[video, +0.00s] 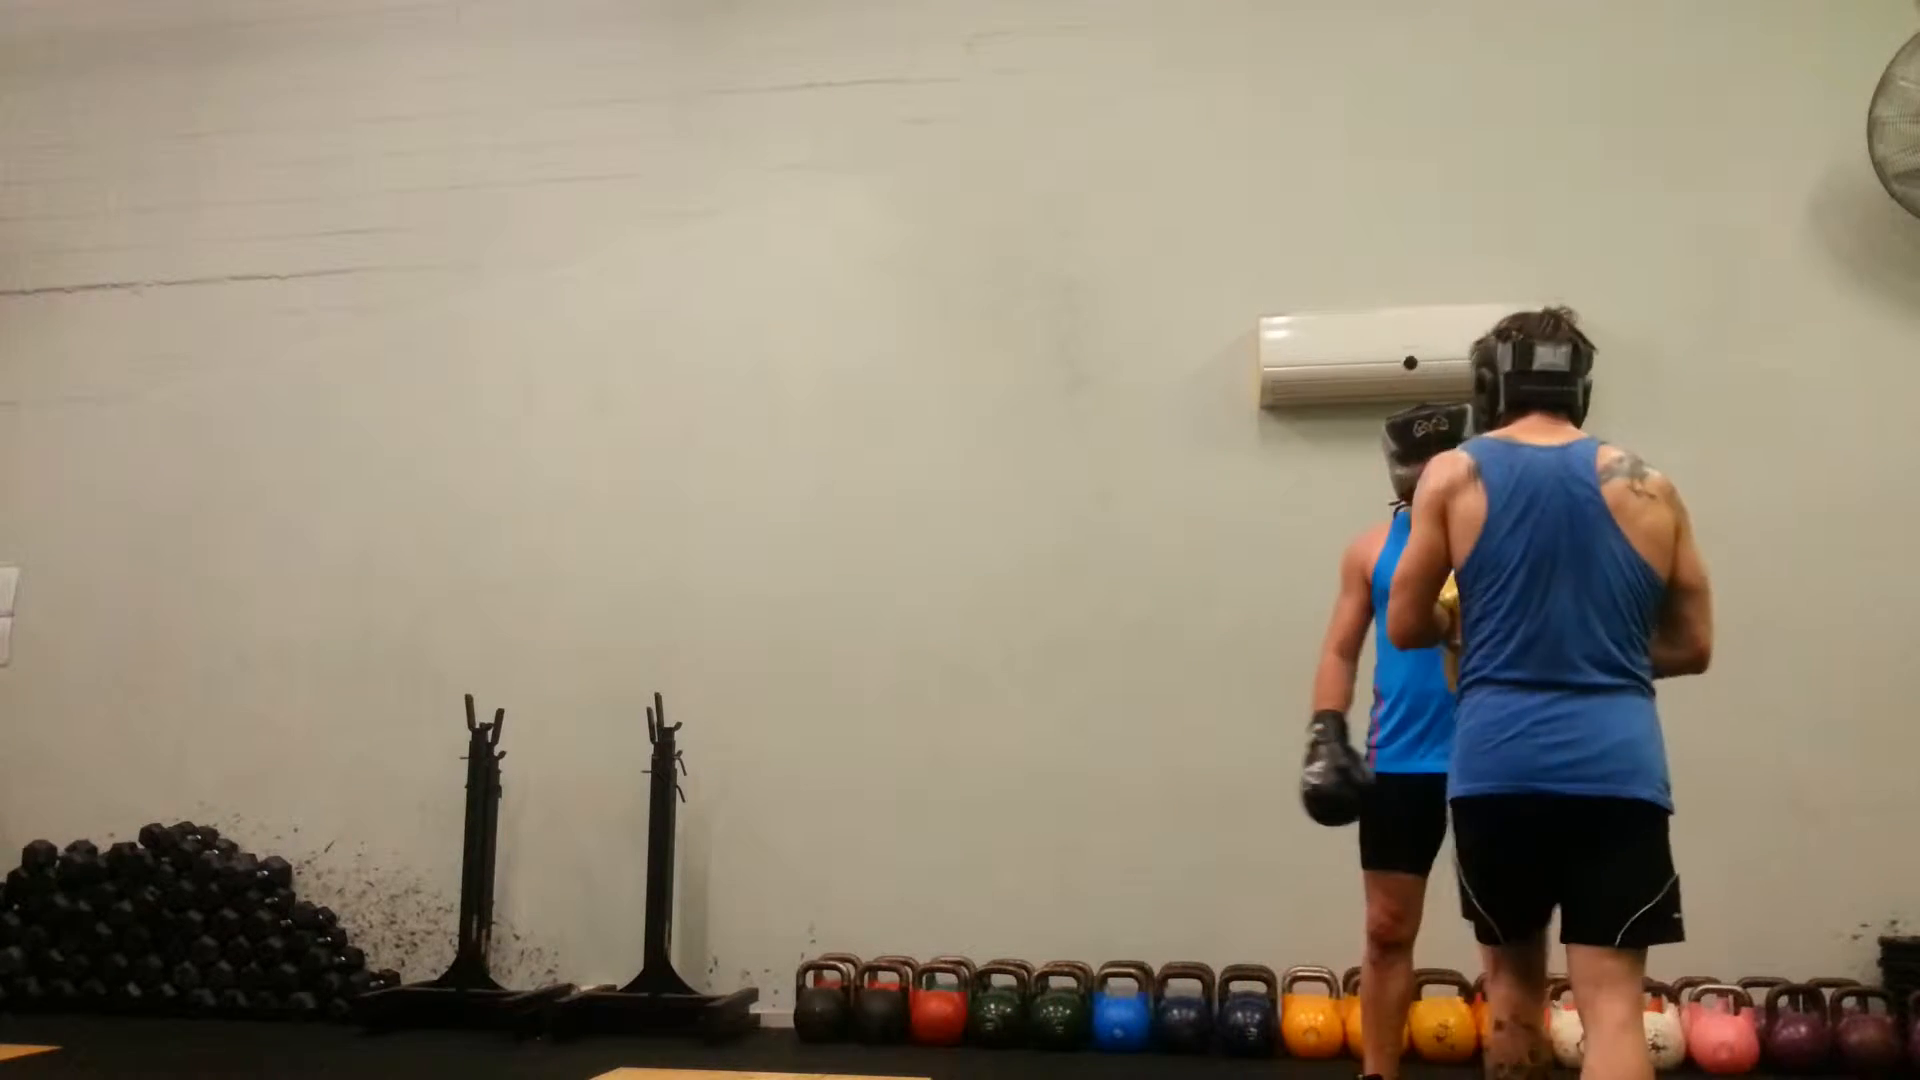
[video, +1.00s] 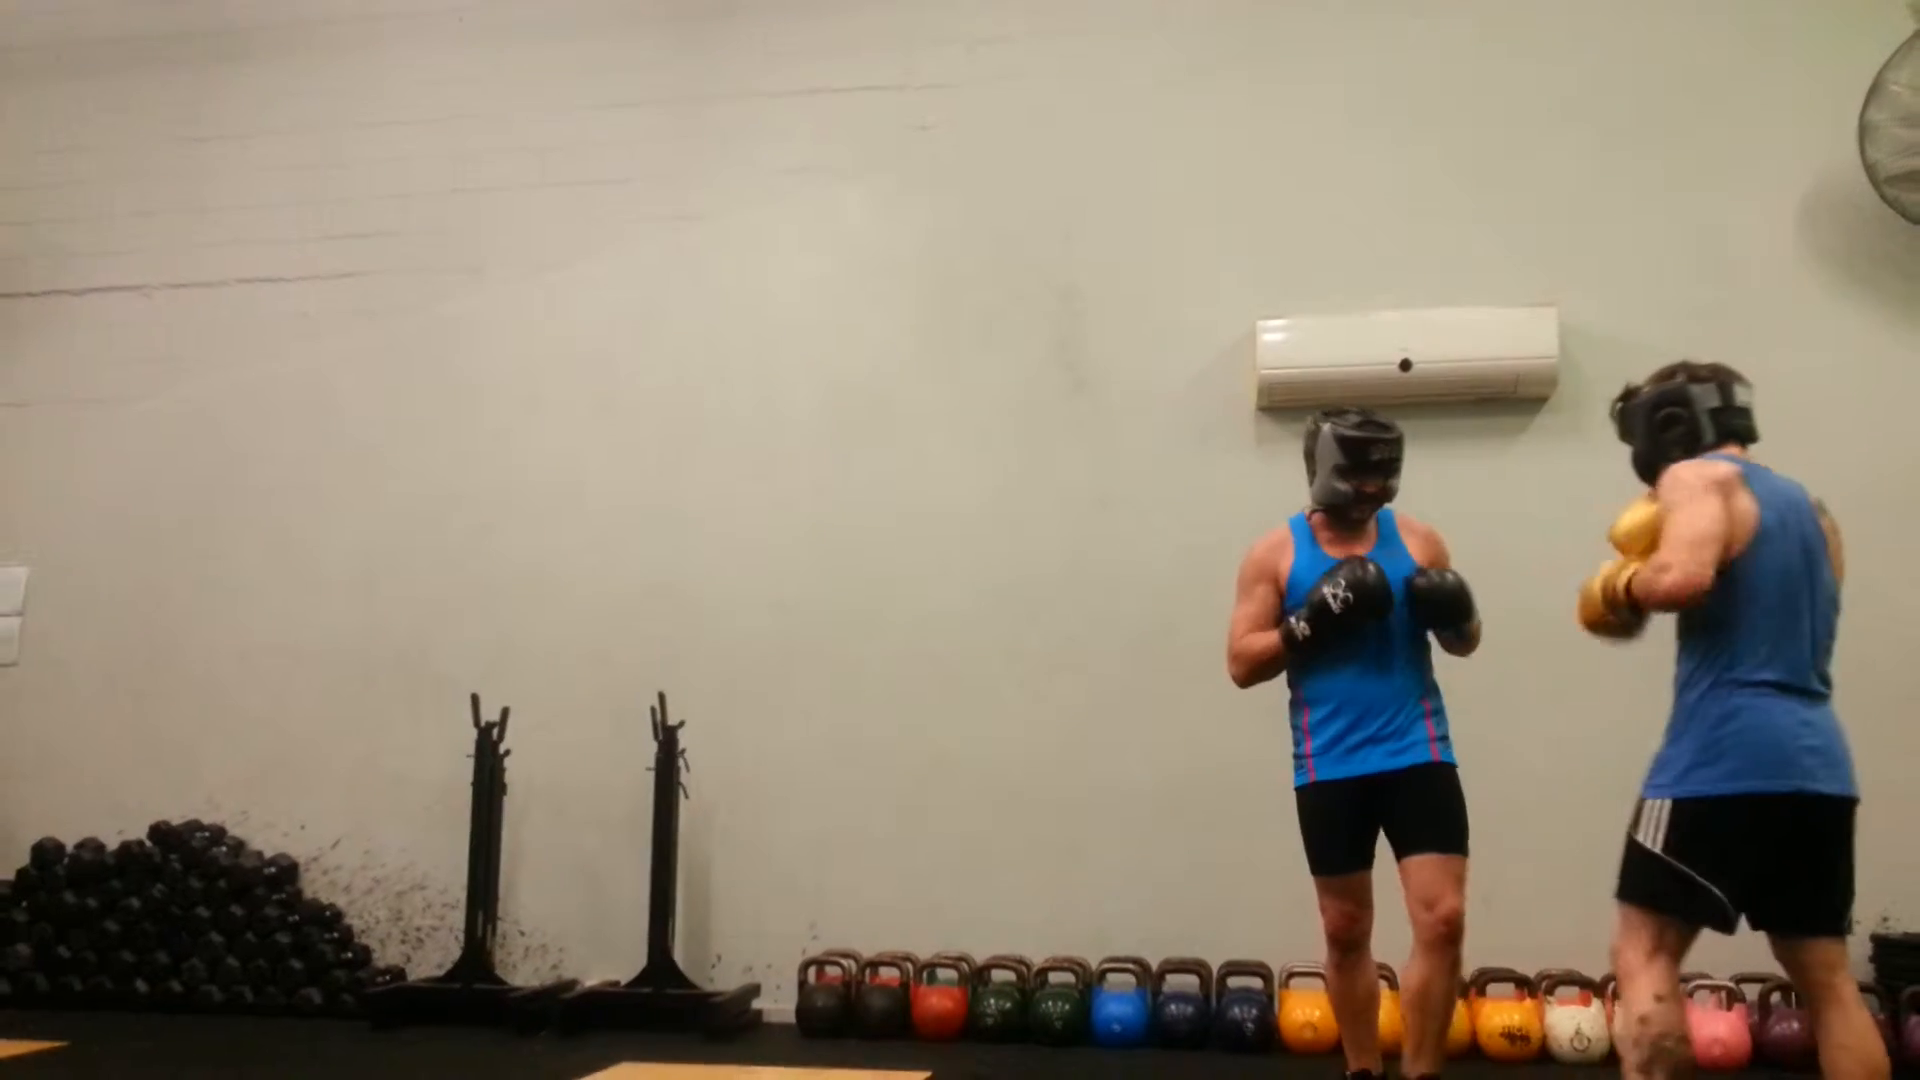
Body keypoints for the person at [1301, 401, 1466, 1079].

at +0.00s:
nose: (1428, 474)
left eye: (1440, 460)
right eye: (1416, 462)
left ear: (1463, 467)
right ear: (1396, 471)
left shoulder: (1499, 540)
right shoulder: (1373, 548)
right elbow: (1342, 648)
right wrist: (1327, 733)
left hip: (1492, 762)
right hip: (1403, 762)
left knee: (1506, 938)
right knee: (1387, 931)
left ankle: (1512, 1073)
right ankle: (1379, 1070)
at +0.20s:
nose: (1421, 486)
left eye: (1429, 471)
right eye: (1404, 477)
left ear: (1449, 465)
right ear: (1382, 480)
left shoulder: (1485, 539)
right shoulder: (1361, 550)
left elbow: (1526, 631)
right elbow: (1318, 647)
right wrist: (1296, 719)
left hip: (1475, 762)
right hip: (1383, 764)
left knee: (1498, 931)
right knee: (1378, 930)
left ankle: (1516, 1069)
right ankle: (1376, 1070)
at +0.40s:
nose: (1397, 485)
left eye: (1408, 472)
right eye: (1382, 474)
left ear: (1428, 468)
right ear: (1358, 478)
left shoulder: (1463, 541)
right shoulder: (1337, 552)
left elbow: (1509, 636)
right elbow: (1304, 644)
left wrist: (1473, 656)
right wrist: (1304, 682)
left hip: (1458, 767)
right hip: (1364, 767)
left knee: (1487, 935)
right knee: (1366, 929)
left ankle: (1509, 1070)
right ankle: (1372, 1072)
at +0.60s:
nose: (1375, 489)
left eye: (1387, 475)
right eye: (1359, 477)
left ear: (1409, 474)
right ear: (1337, 481)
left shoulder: (1440, 542)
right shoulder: (1316, 549)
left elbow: (1496, 643)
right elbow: (1275, 666)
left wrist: (1442, 562)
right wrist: (1312, 607)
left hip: (1437, 763)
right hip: (1345, 766)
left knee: (1478, 932)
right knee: (1356, 930)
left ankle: (1511, 1071)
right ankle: (1369, 1072)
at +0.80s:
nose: (1364, 498)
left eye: (1378, 484)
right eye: (1349, 485)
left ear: (1397, 479)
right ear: (1325, 480)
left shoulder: (1429, 543)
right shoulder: (1289, 550)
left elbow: (1482, 646)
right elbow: (1248, 657)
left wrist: (1435, 573)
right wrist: (1312, 588)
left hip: (1424, 756)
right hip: (1332, 765)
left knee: (1465, 918)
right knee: (1346, 928)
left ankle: (1489, 1064)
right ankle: (1364, 1070)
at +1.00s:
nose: (1366, 490)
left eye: (1379, 477)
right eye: (1353, 477)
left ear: (1392, 477)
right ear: (1321, 472)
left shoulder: (1418, 542)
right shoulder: (1274, 553)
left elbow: (1464, 646)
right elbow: (1242, 663)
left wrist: (1452, 610)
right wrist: (1313, 618)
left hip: (1419, 757)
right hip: (1330, 768)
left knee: (1443, 919)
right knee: (1344, 929)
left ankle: (1421, 1071)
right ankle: (1362, 1069)